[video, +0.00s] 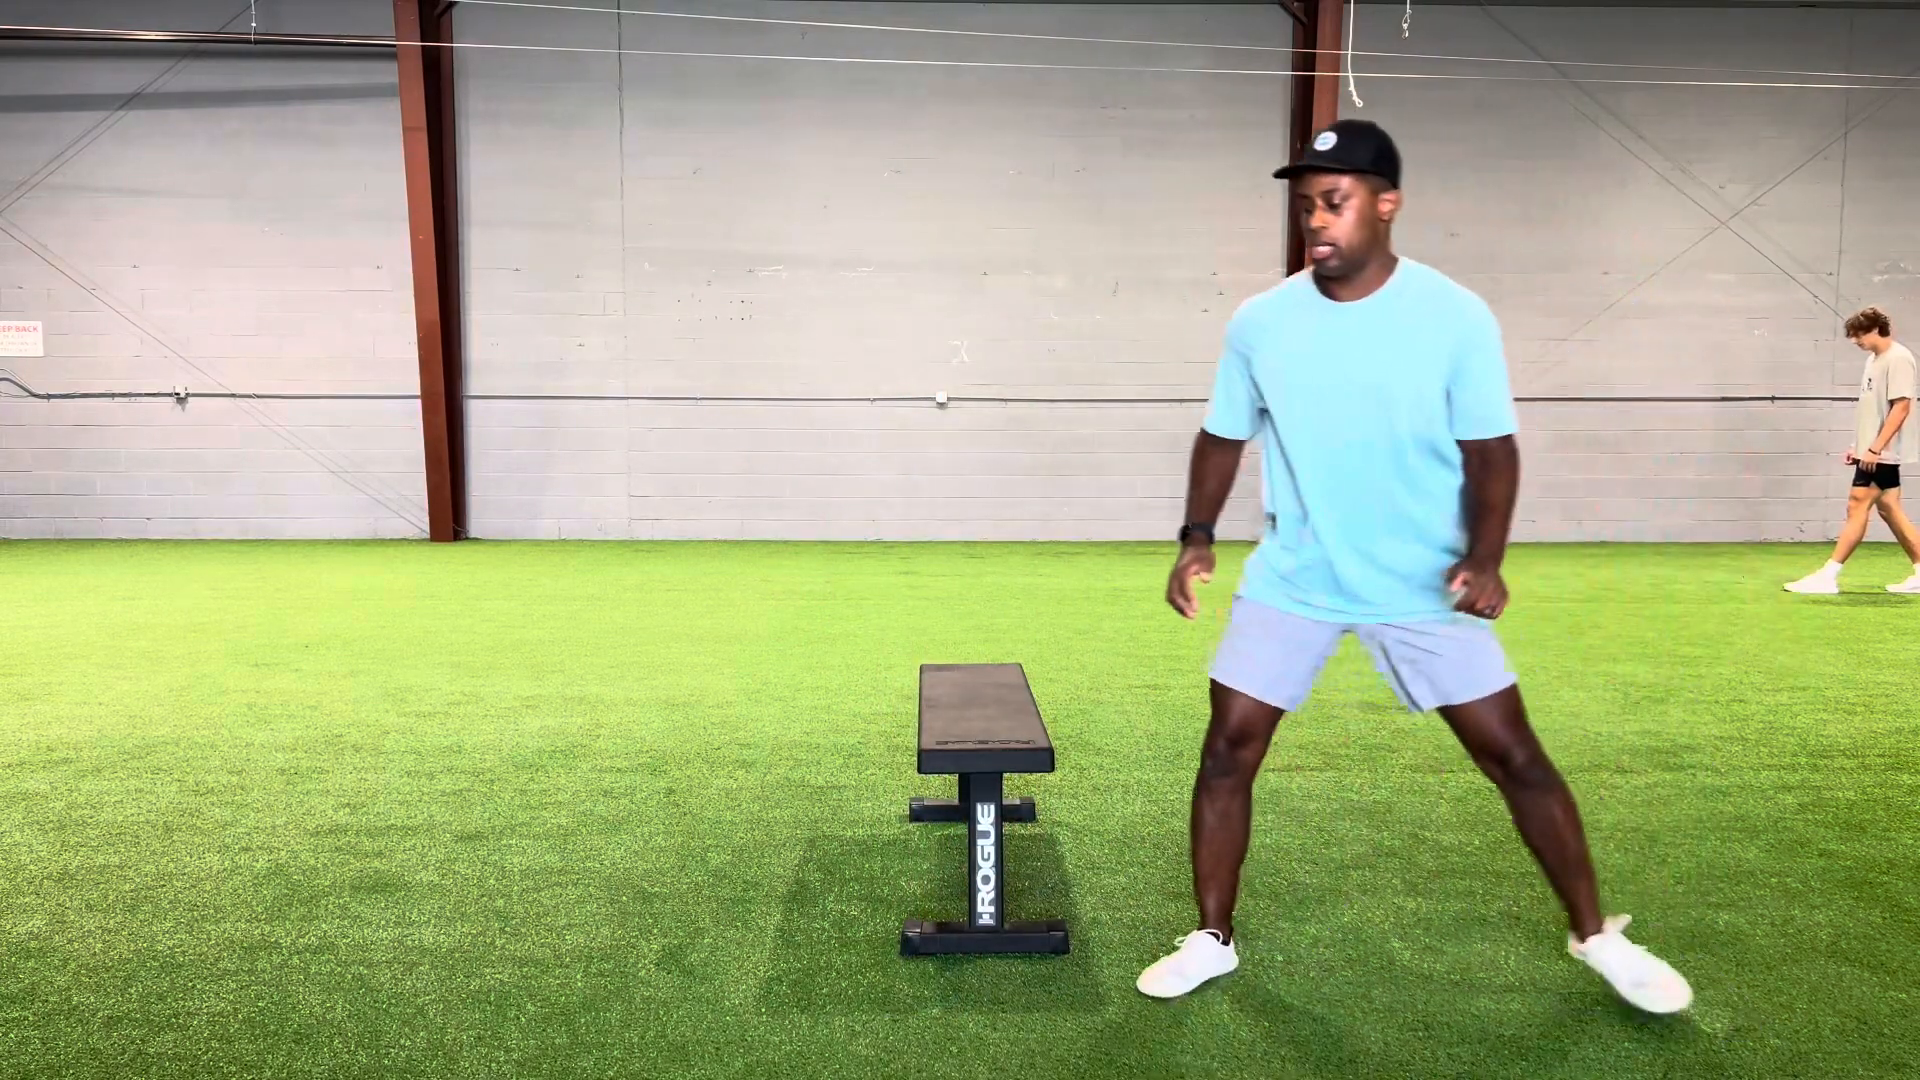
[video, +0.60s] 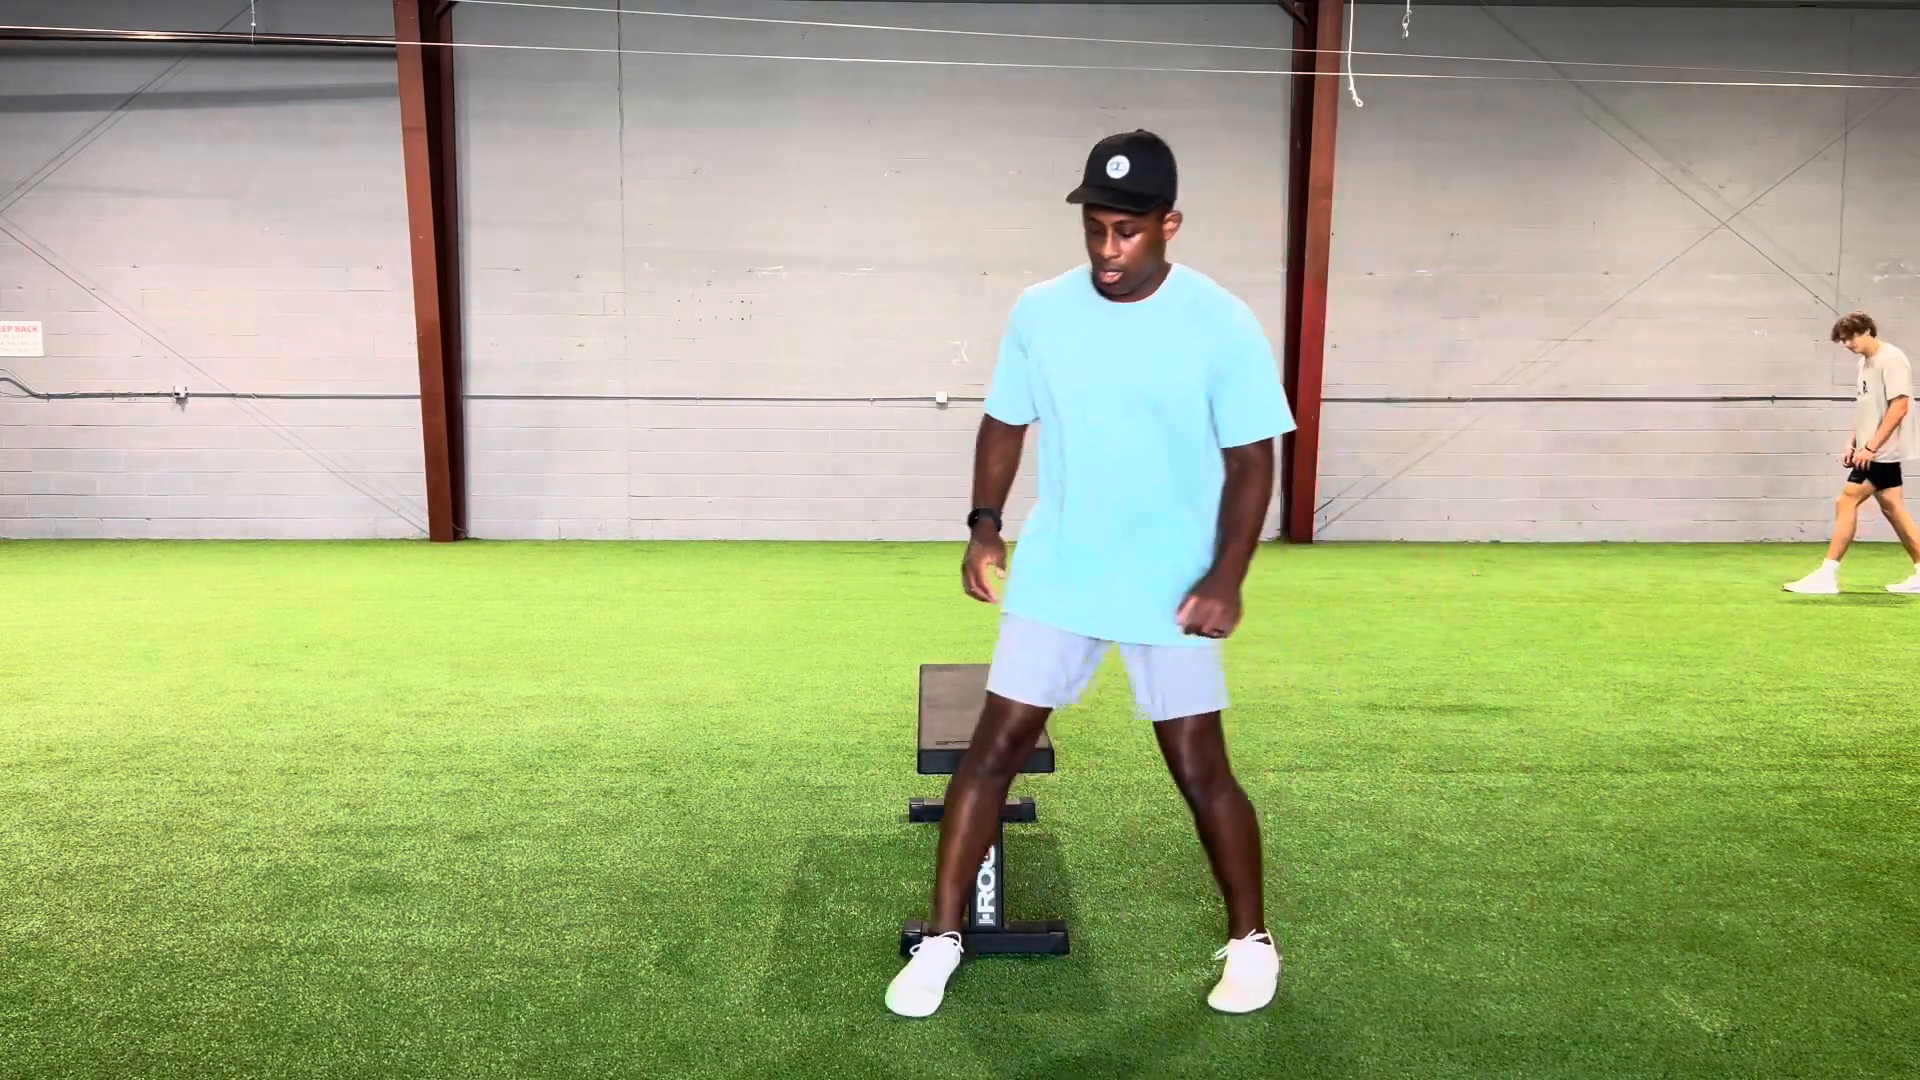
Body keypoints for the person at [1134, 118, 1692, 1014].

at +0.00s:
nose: (1314, 219)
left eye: (1334, 202)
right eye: (1305, 202)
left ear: (1388, 206)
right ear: (1298, 208)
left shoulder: (1457, 319)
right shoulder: (1260, 325)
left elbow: (1491, 451)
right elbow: (1222, 437)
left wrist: (1485, 559)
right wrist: (1196, 535)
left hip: (1423, 584)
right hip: (1293, 576)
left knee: (1516, 756)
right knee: (1228, 744)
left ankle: (1595, 932)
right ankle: (1212, 937)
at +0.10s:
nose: (1257, 206)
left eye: (1276, 187)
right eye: (1250, 188)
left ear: (1328, 190)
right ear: (1241, 193)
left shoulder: (1401, 295)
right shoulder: (1209, 307)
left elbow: (1449, 426)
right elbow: (1170, 423)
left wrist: (1448, 554)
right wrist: (1142, 528)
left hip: (1373, 575)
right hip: (1247, 575)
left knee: (1421, 759)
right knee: (1218, 745)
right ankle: (1210, 932)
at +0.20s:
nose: (1217, 204)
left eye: (1236, 186)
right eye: (1209, 186)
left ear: (1289, 187)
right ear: (1200, 189)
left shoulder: (1363, 289)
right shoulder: (1171, 302)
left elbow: (1419, 414)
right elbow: (1136, 416)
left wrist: (1442, 542)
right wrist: (1105, 514)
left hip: (1325, 565)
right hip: (1212, 566)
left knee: (1315, 752)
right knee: (1200, 746)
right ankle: (1209, 932)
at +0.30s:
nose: (1193, 215)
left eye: (1211, 197)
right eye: (1184, 198)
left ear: (1261, 195)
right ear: (1175, 199)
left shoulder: (1337, 298)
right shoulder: (1152, 306)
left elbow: (1394, 423)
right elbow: (1119, 423)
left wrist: (1431, 549)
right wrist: (1081, 520)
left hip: (1283, 572)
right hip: (1174, 570)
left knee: (1264, 757)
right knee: (1138, 743)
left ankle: (1260, 940)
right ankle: (1194, 917)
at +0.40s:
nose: (1172, 229)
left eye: (1190, 210)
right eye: (1162, 210)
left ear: (1239, 207)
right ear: (1152, 207)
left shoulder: (1304, 311)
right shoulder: (1126, 306)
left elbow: (1363, 439)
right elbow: (1099, 424)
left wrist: (1390, 574)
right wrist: (1059, 521)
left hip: (1247, 581)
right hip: (1136, 567)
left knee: (1247, 764)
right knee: (1062, 724)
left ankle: (1260, 939)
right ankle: (1124, 891)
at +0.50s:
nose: (1144, 229)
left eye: (1164, 210)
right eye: (1132, 209)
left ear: (1209, 208)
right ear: (1119, 206)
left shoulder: (1266, 306)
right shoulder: (1089, 302)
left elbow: (1309, 441)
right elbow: (1056, 418)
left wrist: (1309, 575)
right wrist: (1025, 517)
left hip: (1213, 576)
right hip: (1098, 562)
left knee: (1228, 763)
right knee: (1027, 731)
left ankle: (1255, 941)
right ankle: (1001, 923)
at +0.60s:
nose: (1111, 248)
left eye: (1131, 229)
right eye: (1098, 227)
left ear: (1170, 225)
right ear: (1081, 219)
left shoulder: (1219, 325)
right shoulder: (1041, 314)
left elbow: (1253, 461)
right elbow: (1004, 424)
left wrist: (1227, 578)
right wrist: (985, 524)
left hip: (1172, 588)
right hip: (1058, 578)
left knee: (1201, 772)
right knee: (992, 747)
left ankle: (1250, 938)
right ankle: (943, 933)